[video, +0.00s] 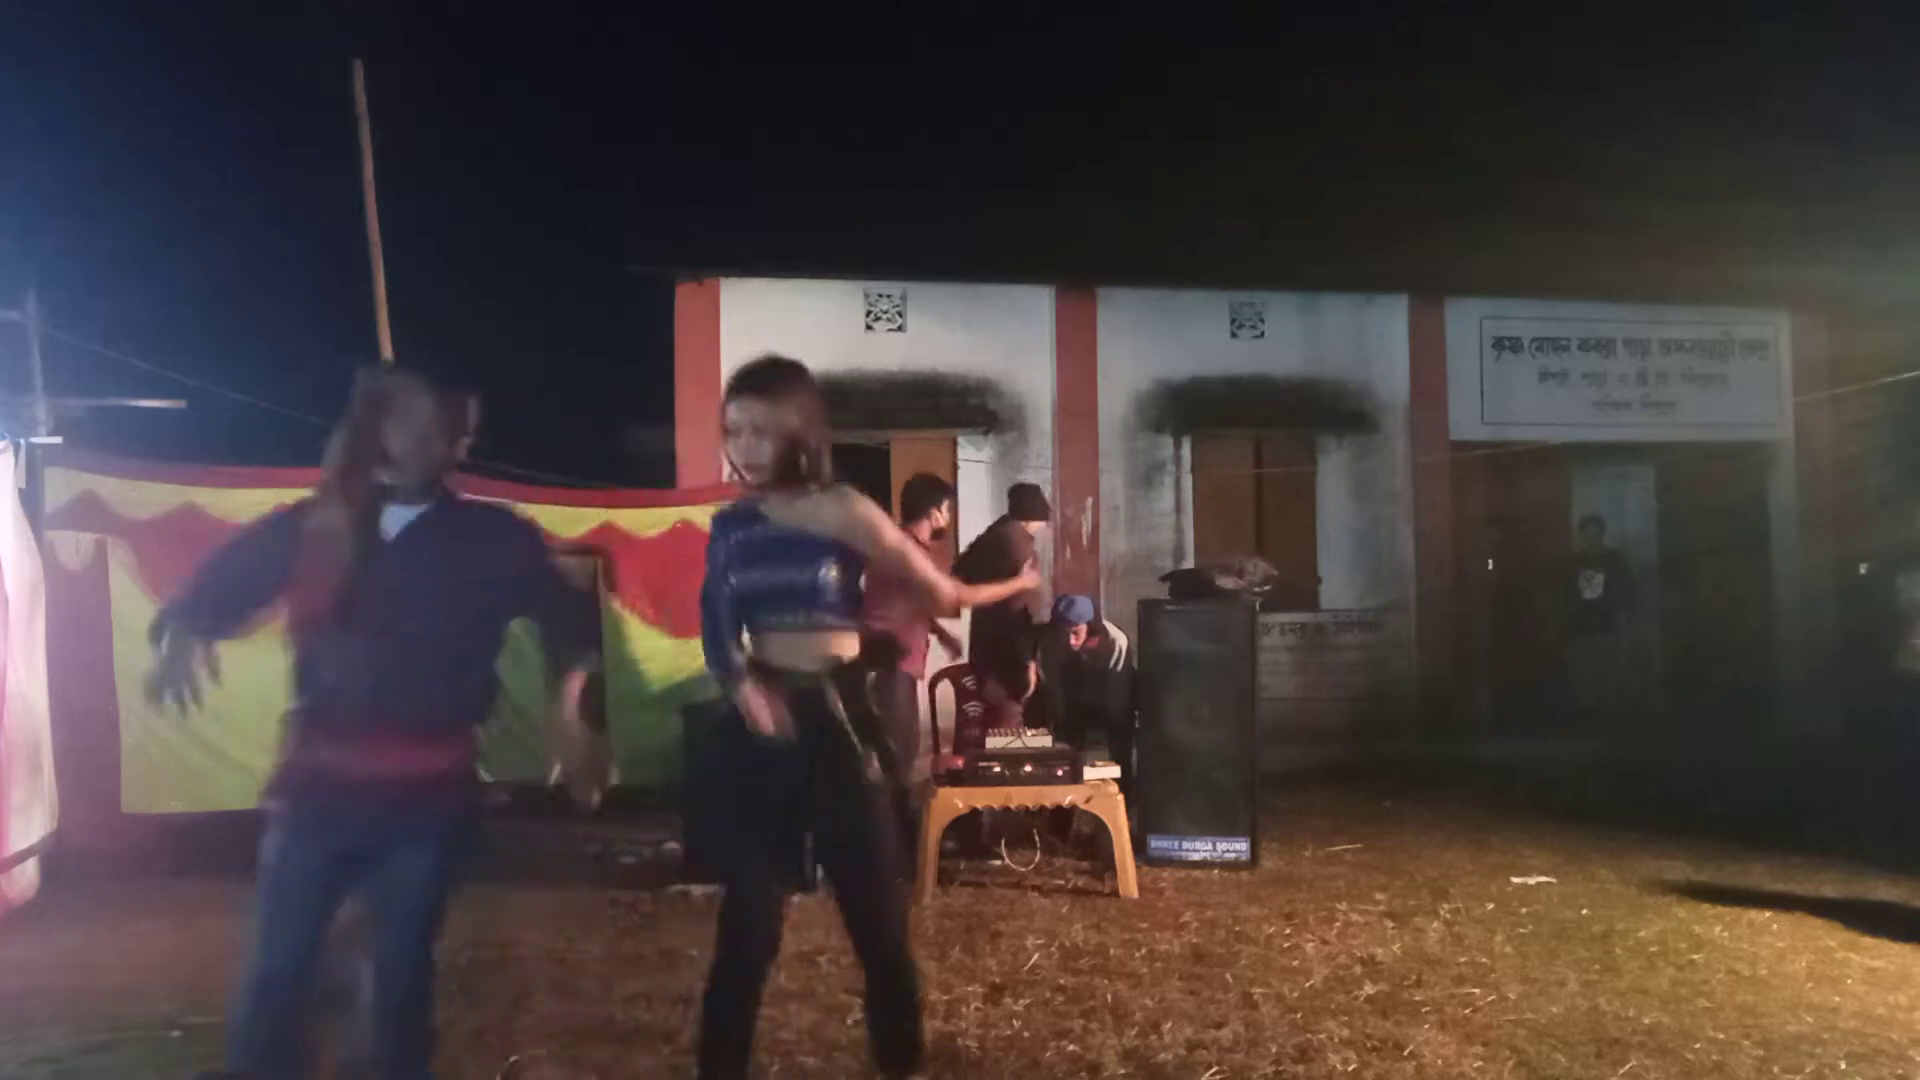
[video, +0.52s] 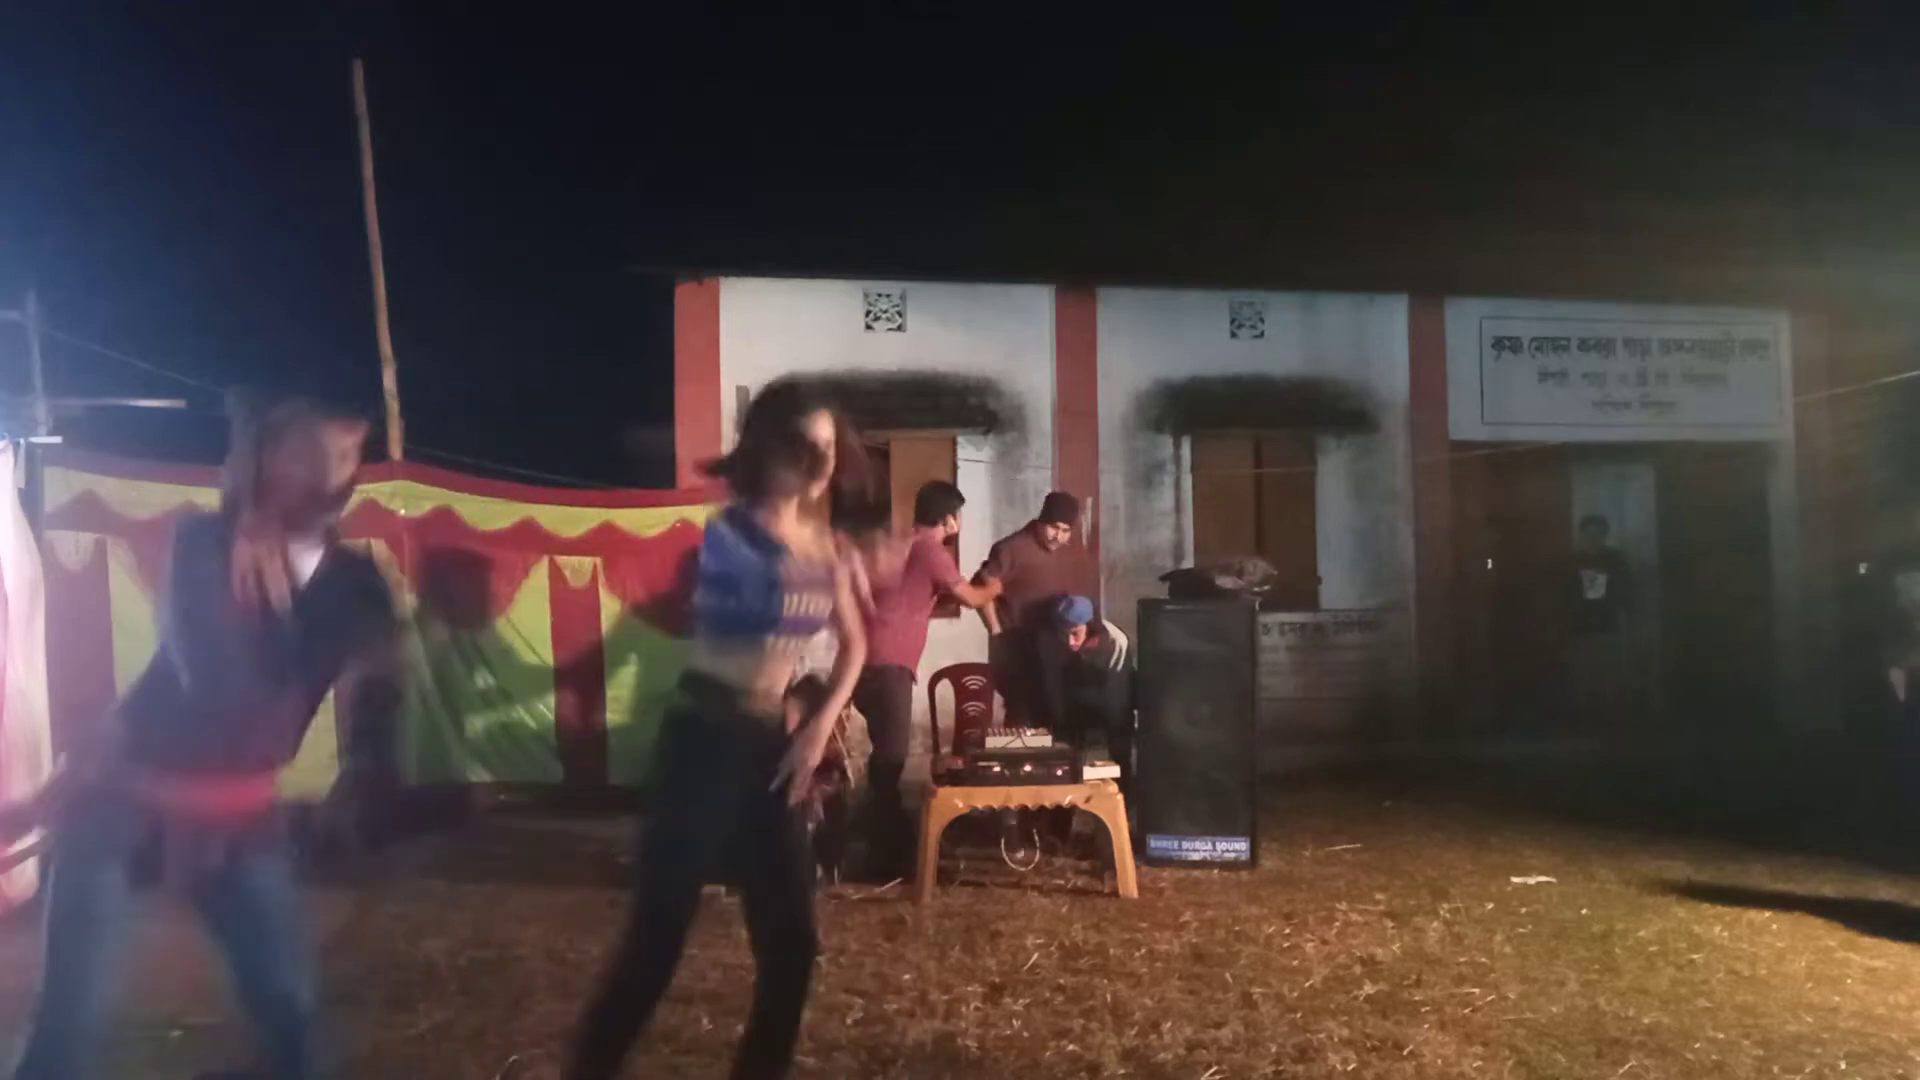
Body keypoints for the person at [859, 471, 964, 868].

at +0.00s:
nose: (948, 519)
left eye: (949, 511)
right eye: (946, 511)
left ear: (911, 508)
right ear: (934, 511)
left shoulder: (895, 544)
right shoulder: (910, 549)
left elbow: (908, 601)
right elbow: (943, 602)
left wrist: (941, 634)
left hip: (884, 657)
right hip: (896, 664)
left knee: (897, 753)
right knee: (902, 757)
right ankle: (902, 854)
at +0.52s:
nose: (958, 527)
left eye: (959, 520)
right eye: (957, 519)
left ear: (920, 515)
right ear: (947, 519)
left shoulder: (896, 546)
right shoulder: (929, 549)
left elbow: (910, 606)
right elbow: (970, 596)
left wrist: (956, 601)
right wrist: (992, 589)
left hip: (868, 666)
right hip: (892, 668)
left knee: (886, 758)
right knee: (890, 760)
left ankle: (884, 852)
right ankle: (885, 854)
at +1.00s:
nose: (992, 526)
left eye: (997, 519)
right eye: (991, 517)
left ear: (978, 509)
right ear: (974, 506)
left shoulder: (958, 526)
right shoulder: (953, 528)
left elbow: (977, 584)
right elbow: (978, 586)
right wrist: (1012, 631)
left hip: (923, 633)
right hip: (911, 633)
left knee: (923, 725)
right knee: (921, 725)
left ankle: (911, 814)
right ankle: (909, 817)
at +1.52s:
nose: (1082, 491)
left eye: (1082, 483)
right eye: (1079, 484)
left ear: (1050, 479)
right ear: (1068, 484)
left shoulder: (1030, 513)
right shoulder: (1041, 520)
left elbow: (1012, 580)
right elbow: (1031, 580)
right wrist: (1051, 634)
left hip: (1017, 635)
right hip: (1025, 637)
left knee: (1026, 720)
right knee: (1030, 722)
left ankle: (1010, 800)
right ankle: (1014, 807)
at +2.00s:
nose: (1228, 487)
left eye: (1228, 479)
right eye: (1228, 480)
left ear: (1189, 472)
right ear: (1219, 480)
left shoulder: (1154, 509)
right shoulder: (1201, 513)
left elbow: (1126, 566)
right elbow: (1208, 582)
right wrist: (1228, 637)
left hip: (1140, 631)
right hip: (1175, 635)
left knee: (1147, 721)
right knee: (1180, 724)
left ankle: (1140, 825)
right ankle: (1172, 828)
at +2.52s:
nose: (1328, 480)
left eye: (1329, 472)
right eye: (1326, 472)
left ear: (1287, 469)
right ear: (1313, 472)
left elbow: (1239, 569)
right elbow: (1330, 588)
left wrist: (1228, 621)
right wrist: (1348, 638)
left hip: (1254, 632)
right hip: (1299, 633)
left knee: (1260, 723)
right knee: (1295, 727)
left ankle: (1243, 813)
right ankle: (1288, 819)